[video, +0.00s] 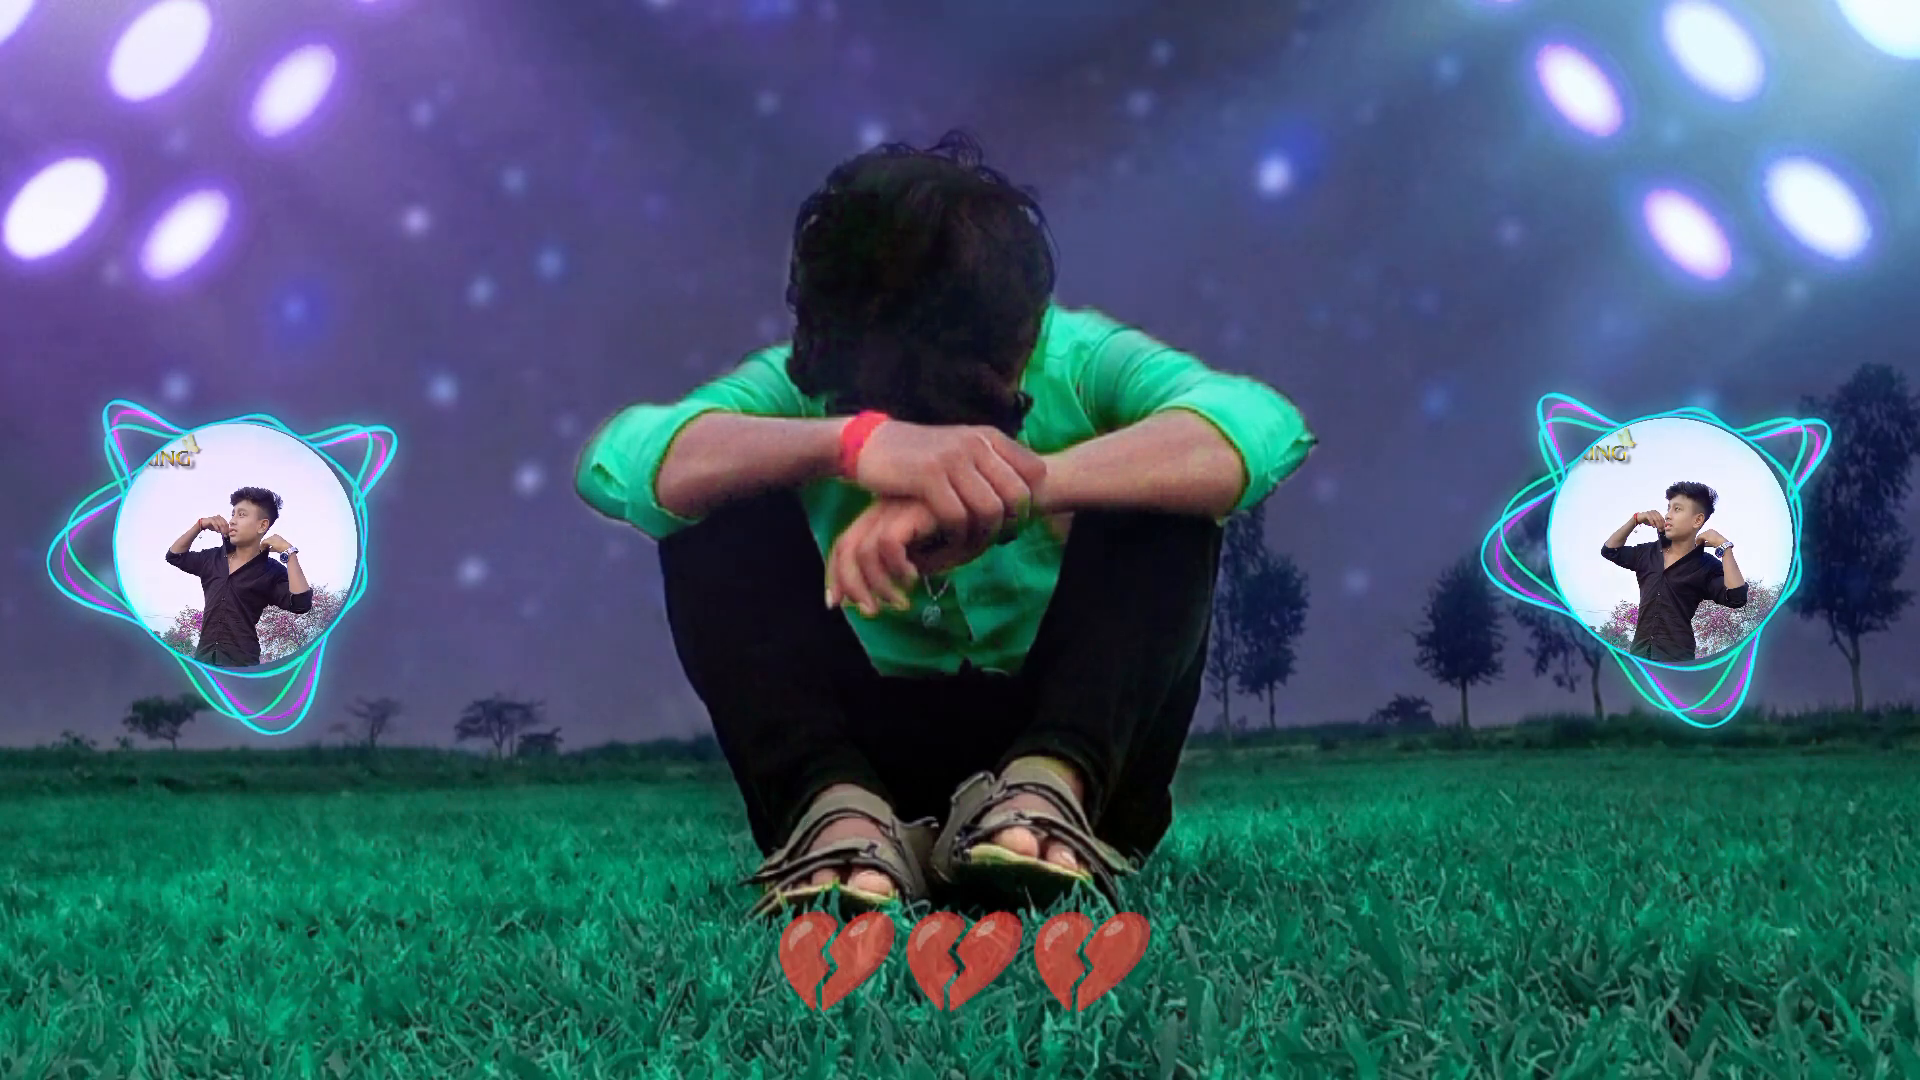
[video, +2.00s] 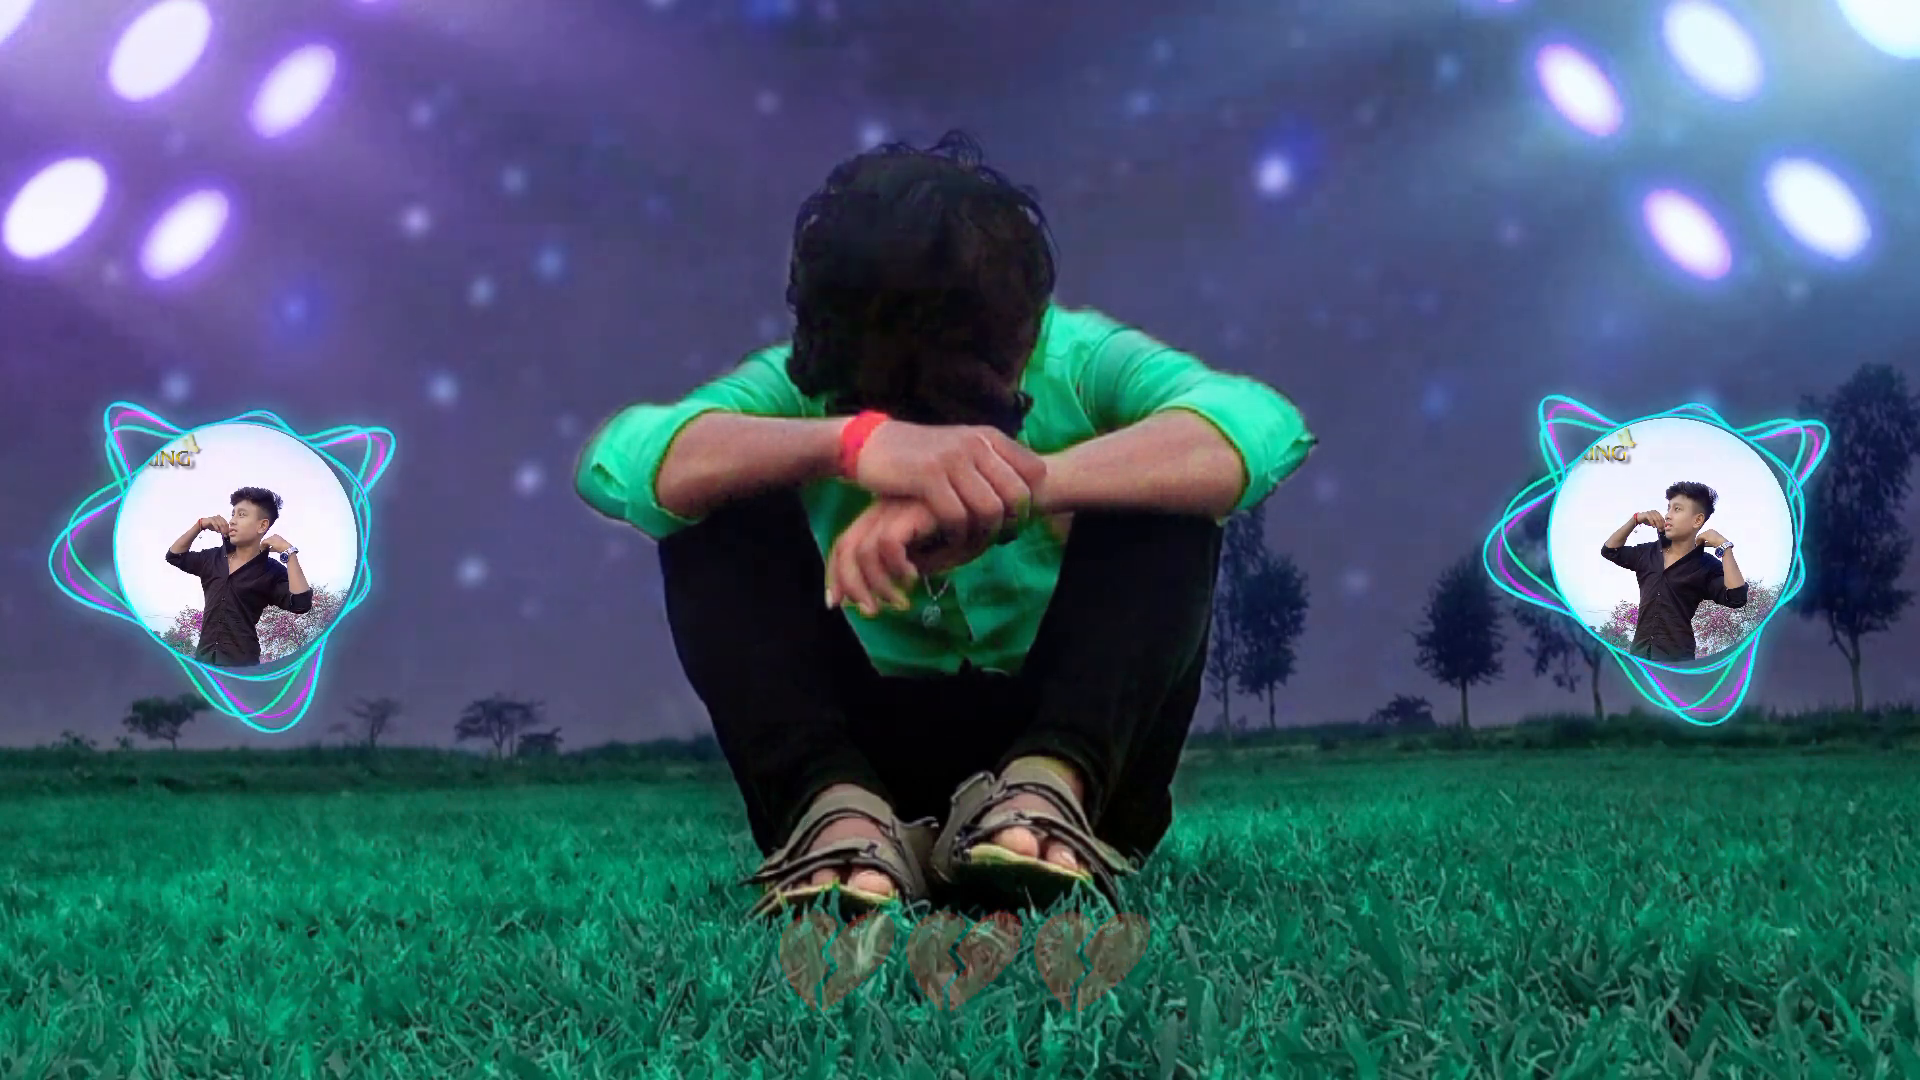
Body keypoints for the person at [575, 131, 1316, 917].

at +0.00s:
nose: (920, 456)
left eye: (956, 418)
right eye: (880, 417)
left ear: (1020, 358)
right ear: (817, 366)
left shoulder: (1078, 356)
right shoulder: (794, 382)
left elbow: (1265, 429)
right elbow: (611, 467)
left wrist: (1001, 491)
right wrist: (852, 446)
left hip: (1058, 745)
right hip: (863, 749)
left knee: (1165, 486)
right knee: (713, 501)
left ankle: (1044, 790)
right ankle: (835, 817)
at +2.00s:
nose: (958, 426)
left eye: (993, 381)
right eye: (916, 404)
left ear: (1025, 333)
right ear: (843, 363)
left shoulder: (1075, 355)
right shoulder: (796, 384)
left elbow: (1265, 429)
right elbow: (612, 467)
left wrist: (999, 492)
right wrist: (851, 446)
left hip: (1061, 749)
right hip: (864, 756)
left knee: (1167, 485)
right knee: (711, 502)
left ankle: (1044, 789)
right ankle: (835, 817)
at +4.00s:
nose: (925, 444)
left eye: (961, 410)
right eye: (890, 410)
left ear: (1019, 352)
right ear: (822, 361)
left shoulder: (1076, 355)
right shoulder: (793, 382)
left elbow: (1265, 428)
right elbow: (611, 467)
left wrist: (1001, 490)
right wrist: (851, 446)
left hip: (1062, 751)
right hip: (864, 758)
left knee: (1165, 488)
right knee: (713, 505)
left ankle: (1044, 789)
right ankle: (836, 816)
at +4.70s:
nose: (926, 456)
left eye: (961, 416)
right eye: (884, 416)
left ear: (1019, 356)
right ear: (816, 364)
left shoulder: (1077, 355)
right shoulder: (794, 382)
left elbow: (1266, 429)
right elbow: (611, 467)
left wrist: (999, 491)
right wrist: (852, 445)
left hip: (1060, 748)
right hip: (863, 755)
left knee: (1167, 485)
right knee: (713, 501)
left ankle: (1044, 789)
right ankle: (835, 816)